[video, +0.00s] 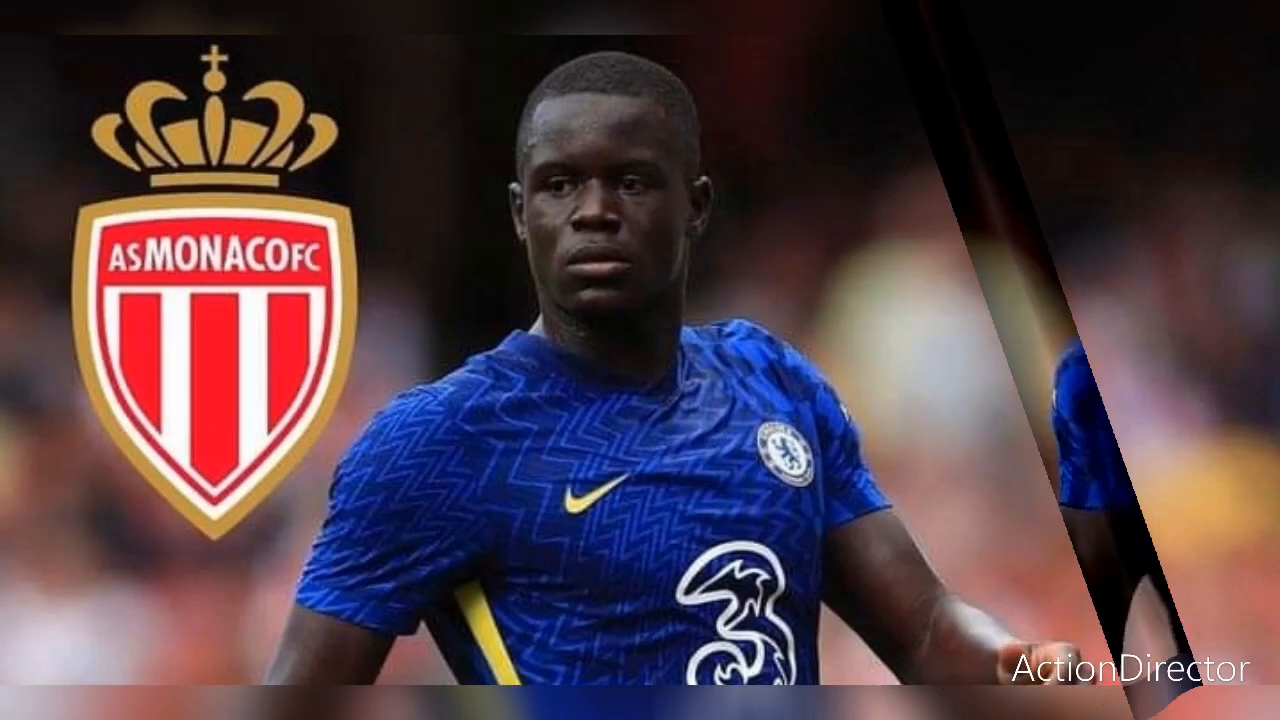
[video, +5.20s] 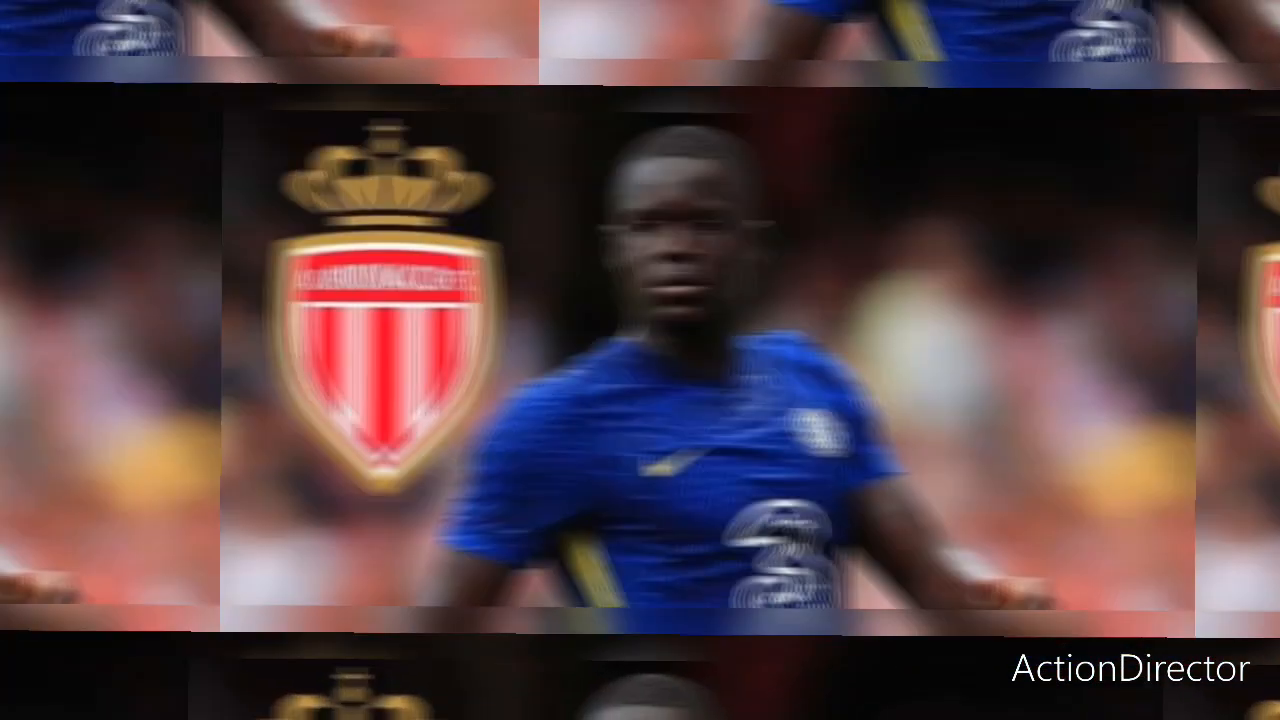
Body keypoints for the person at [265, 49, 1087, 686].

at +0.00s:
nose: (595, 209)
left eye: (633, 178)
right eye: (560, 181)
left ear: (697, 209)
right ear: (522, 216)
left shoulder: (771, 385)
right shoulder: (432, 444)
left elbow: (921, 625)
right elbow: (301, 690)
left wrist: (1023, 673)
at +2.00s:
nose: (599, 209)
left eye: (635, 176)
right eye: (561, 180)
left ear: (698, 207)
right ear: (521, 212)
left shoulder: (786, 406)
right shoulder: (433, 444)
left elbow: (922, 626)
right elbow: (301, 689)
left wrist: (1018, 672)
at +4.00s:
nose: (596, 210)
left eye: (633, 178)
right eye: (560, 181)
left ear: (697, 207)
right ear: (522, 215)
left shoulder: (770, 385)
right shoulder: (433, 444)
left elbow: (921, 625)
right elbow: (301, 691)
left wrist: (1020, 674)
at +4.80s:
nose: (644, 218)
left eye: (680, 190)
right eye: (612, 193)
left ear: (739, 219)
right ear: (577, 223)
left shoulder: (807, 382)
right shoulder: (492, 439)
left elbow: (950, 608)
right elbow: (366, 682)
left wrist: (1045, 656)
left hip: (818, 705)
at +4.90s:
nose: (741, 225)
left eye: (774, 197)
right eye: (708, 199)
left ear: (831, 224)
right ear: (674, 228)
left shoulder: (897, 383)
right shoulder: (594, 437)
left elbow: (1032, 597)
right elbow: (474, 663)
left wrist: (1116, 641)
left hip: (906, 683)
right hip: (736, 697)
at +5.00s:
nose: (922, 234)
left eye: (954, 206)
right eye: (893, 209)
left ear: (1010, 232)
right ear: (857, 239)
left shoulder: (1072, 382)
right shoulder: (786, 431)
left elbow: (1204, 586)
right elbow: (668, 655)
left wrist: (1273, 628)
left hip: (1092, 691)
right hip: (904, 690)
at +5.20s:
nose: (676, 248)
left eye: (705, 224)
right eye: (648, 226)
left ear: (753, 245)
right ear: (613, 249)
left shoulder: (806, 381)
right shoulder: (554, 423)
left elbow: (927, 565)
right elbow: (437, 630)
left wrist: (992, 603)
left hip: (820, 696)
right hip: (672, 698)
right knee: (645, 700)